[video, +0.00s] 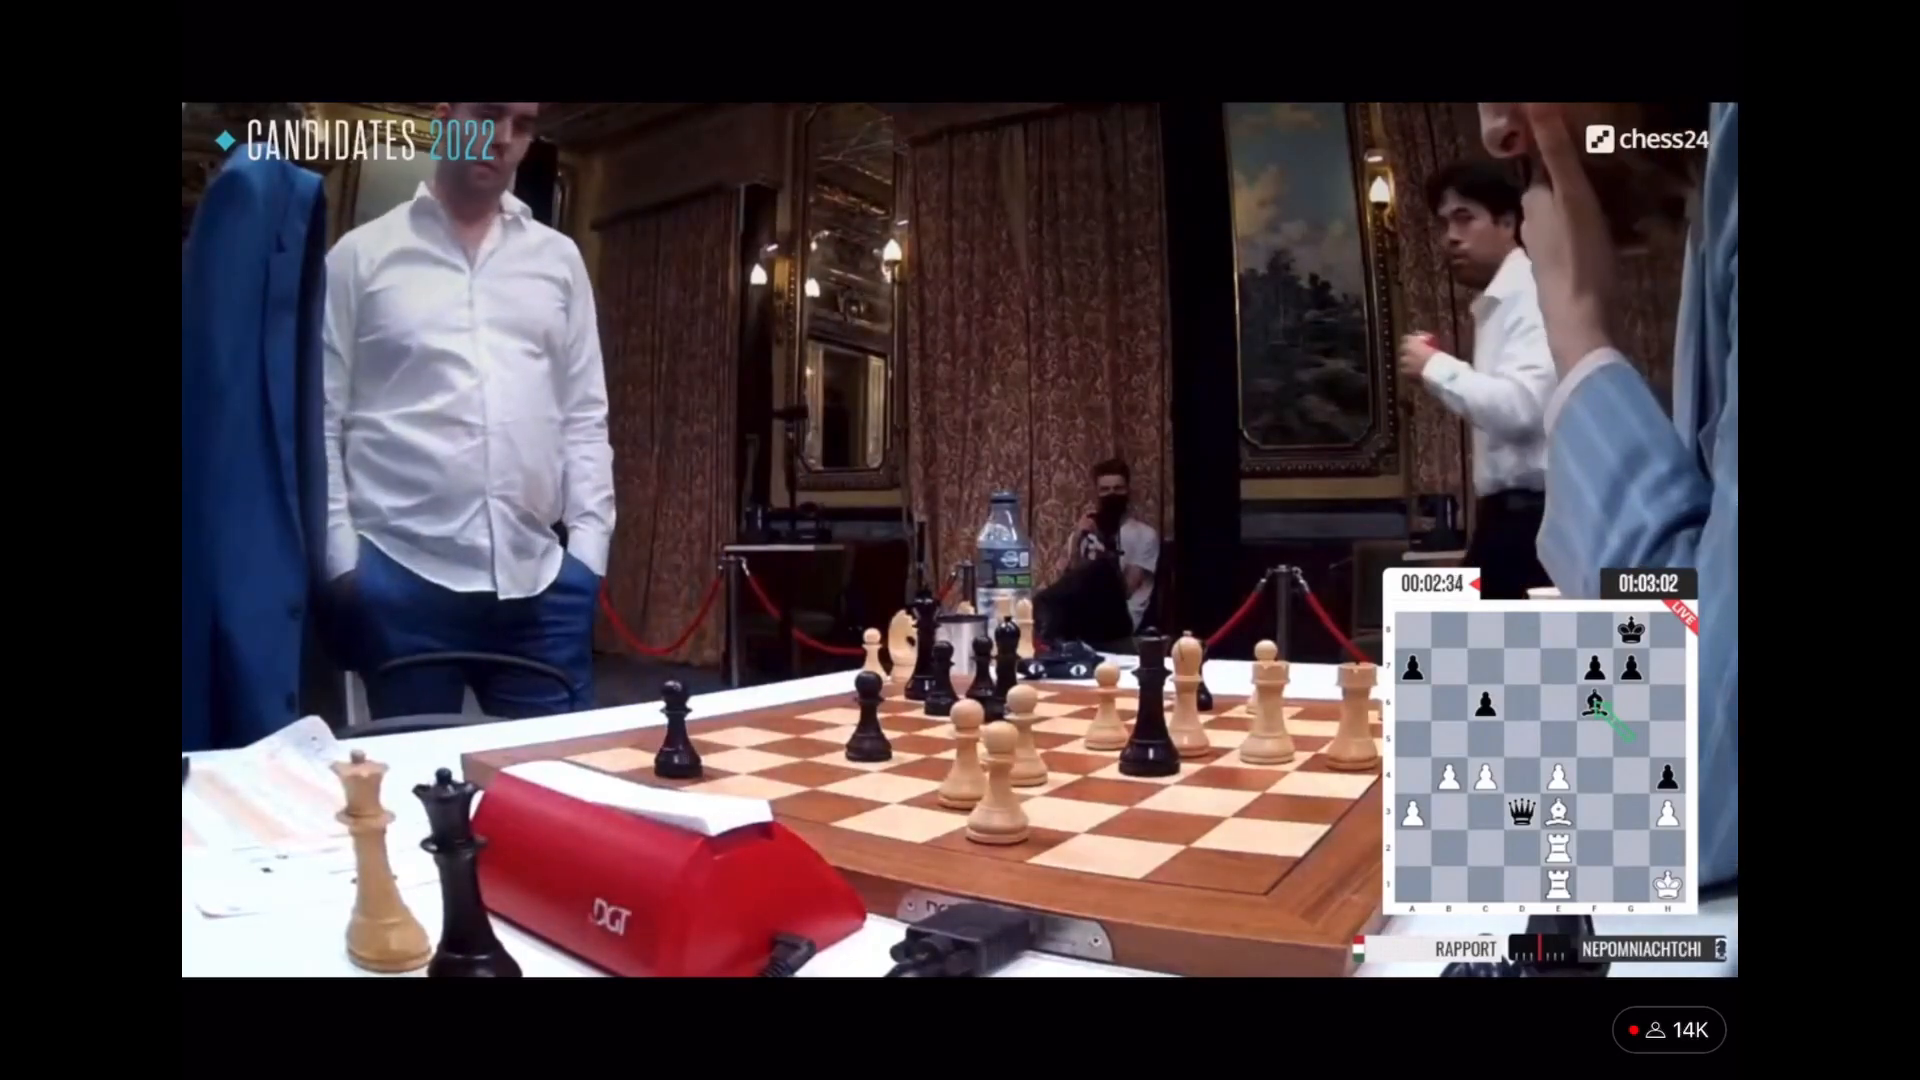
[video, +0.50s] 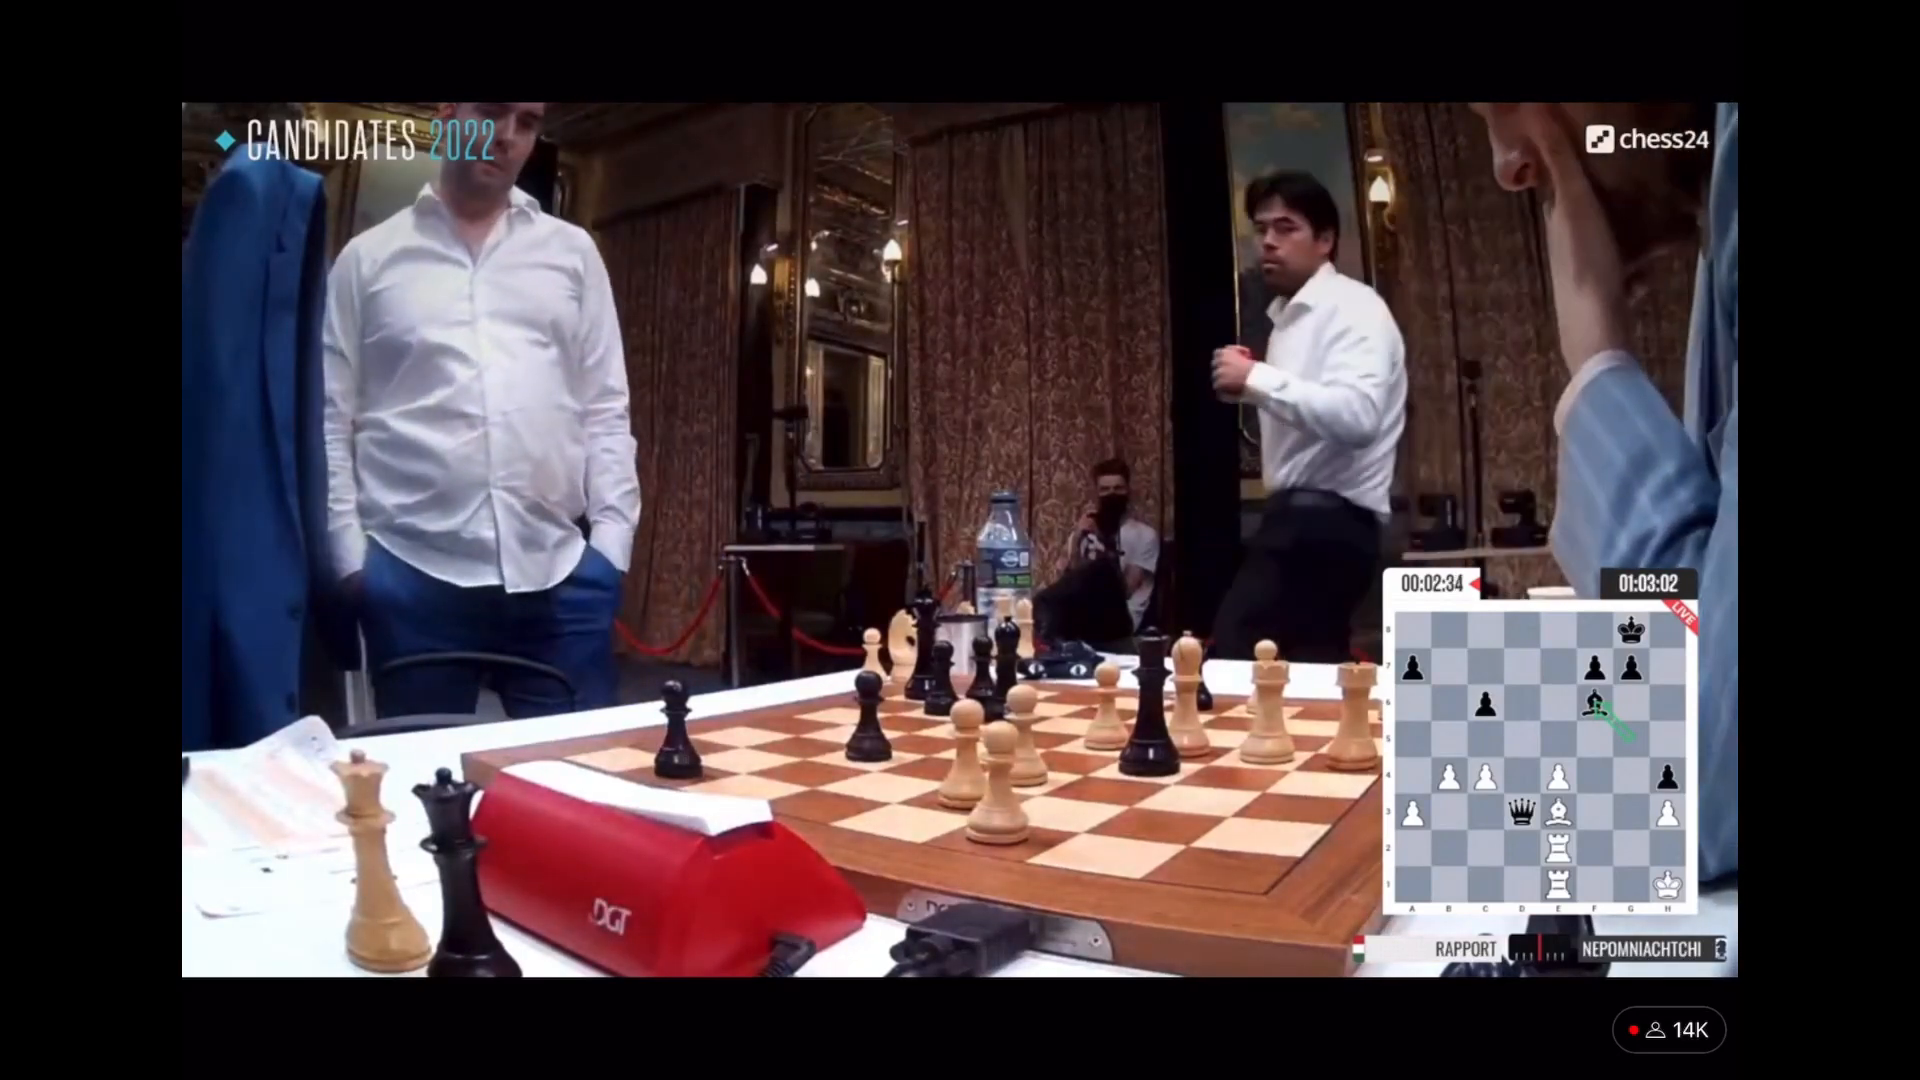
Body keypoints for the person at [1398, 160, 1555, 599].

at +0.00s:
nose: (1450, 237)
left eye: (1464, 219)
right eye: (1444, 224)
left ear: (1507, 223)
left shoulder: (1529, 295)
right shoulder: (1502, 297)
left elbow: (1523, 408)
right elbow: (1512, 406)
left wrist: (1434, 367)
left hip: (1529, 513)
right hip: (1504, 510)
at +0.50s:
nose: (1268, 243)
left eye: (1286, 229)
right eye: (1262, 230)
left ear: (1325, 241)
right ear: (1255, 237)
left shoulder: (1359, 310)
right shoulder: (1290, 319)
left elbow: (1358, 416)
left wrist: (1257, 379)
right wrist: (1254, 377)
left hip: (1331, 523)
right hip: (1294, 517)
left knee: (1234, 661)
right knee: (1312, 671)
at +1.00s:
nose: (1136, 254)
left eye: (1156, 241)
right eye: (1131, 240)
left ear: (1195, 255)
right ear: (1120, 247)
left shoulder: (1212, 323)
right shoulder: (1164, 323)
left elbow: (1198, 430)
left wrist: (1105, 384)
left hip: (1176, 537)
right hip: (1140, 531)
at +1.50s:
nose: (1096, 253)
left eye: (1115, 242)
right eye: (1087, 239)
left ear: (1147, 259)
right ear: (1073, 249)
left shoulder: (1181, 329)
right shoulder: (1063, 339)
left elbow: (1199, 435)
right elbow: (1038, 454)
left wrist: (1092, 389)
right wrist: (1030, 542)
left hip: (1134, 531)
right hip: (1060, 532)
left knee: (1137, 690)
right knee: (1064, 690)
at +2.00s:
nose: (1071, 258)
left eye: (1089, 246)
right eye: (1061, 244)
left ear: (1121, 259)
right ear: (1048, 253)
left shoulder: (1161, 330)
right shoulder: (1036, 343)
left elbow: (1190, 437)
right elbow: (1017, 460)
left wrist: (1084, 395)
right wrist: (1000, 546)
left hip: (1120, 534)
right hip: (1044, 536)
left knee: (1124, 691)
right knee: (1050, 693)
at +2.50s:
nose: (1064, 259)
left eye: (1082, 246)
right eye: (1055, 245)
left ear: (1118, 258)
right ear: (1044, 253)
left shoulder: (1158, 330)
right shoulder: (1045, 343)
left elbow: (1179, 437)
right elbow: (1031, 453)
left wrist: (1071, 396)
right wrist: (1016, 532)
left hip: (1119, 534)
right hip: (1049, 534)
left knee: (1122, 692)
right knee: (1055, 693)